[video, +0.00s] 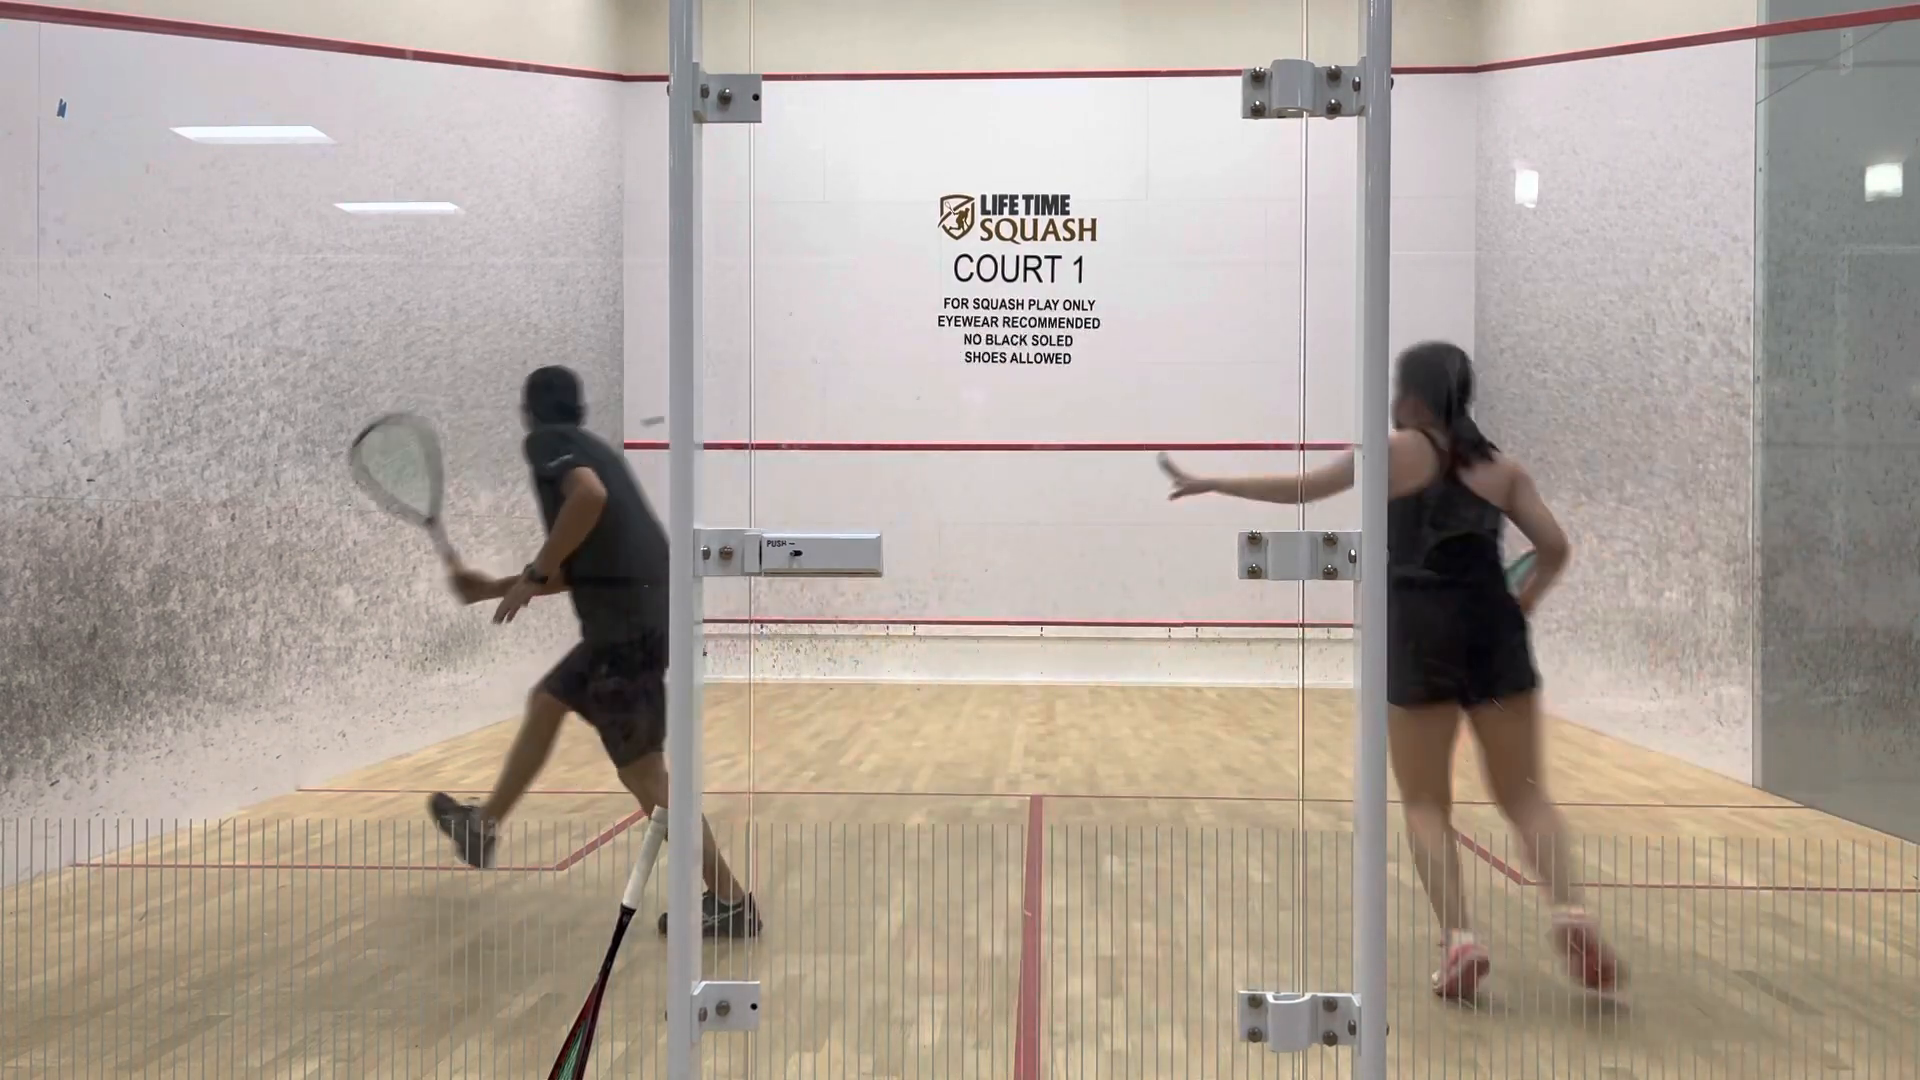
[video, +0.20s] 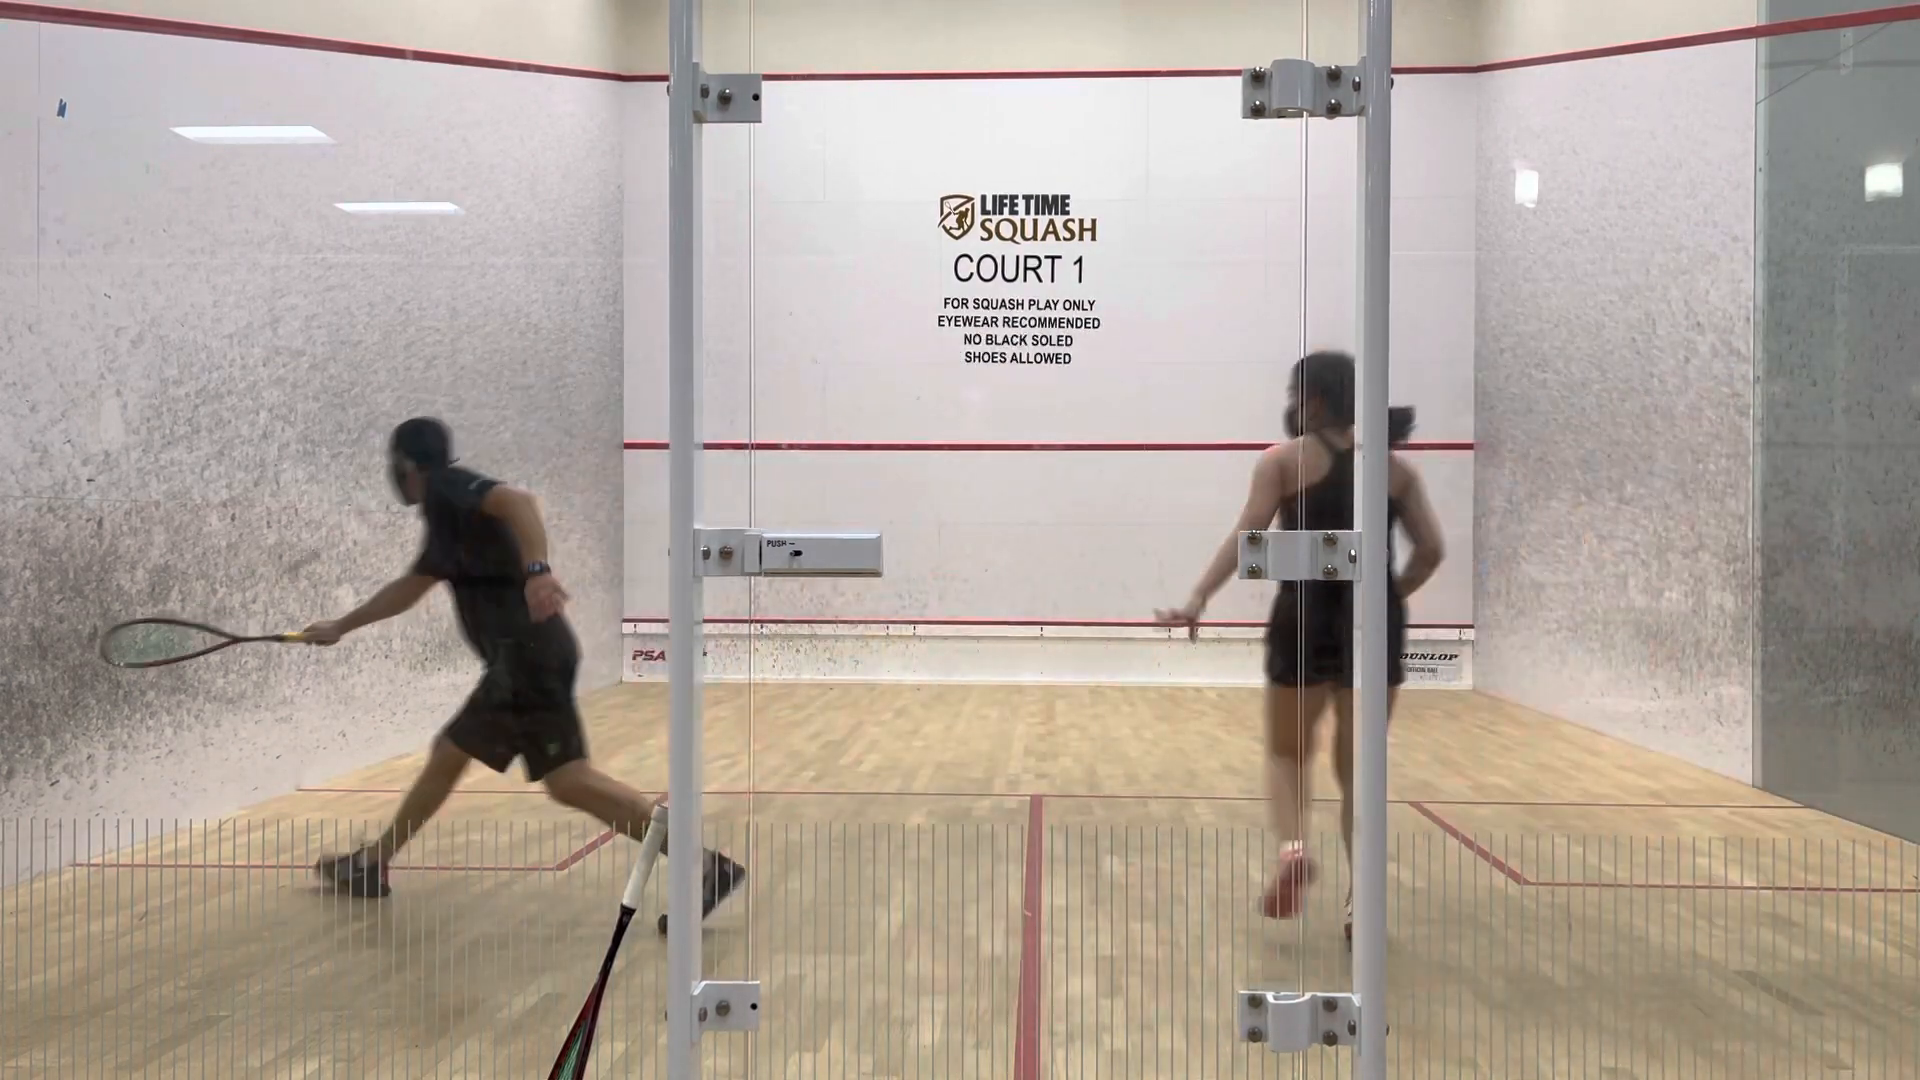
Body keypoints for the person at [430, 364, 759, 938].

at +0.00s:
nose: (526, 417)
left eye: (527, 408)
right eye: (537, 408)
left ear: (530, 409)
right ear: (577, 407)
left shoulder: (547, 440)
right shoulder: (595, 449)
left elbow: (589, 495)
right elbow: (581, 564)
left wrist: (537, 575)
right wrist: (496, 587)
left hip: (630, 632)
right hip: (648, 623)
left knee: (643, 774)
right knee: (548, 701)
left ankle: (728, 896)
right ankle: (485, 826)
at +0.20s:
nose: (394, 477)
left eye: (396, 467)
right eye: (393, 467)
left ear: (412, 466)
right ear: (430, 462)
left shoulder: (452, 487)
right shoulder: (445, 514)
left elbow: (520, 503)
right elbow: (409, 589)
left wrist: (537, 570)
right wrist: (341, 625)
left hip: (533, 655)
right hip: (516, 661)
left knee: (568, 781)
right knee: (450, 752)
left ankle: (704, 862)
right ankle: (374, 861)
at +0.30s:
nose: (335, 508)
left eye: (340, 498)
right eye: (333, 499)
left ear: (361, 494)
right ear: (365, 496)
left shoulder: (394, 509)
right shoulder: (389, 541)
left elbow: (464, 515)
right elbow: (363, 597)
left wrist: (525, 551)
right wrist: (333, 621)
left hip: (506, 658)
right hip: (486, 663)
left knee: (516, 793)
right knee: (415, 729)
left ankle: (650, 845)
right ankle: (366, 860)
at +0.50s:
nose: (295, 507)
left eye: (295, 500)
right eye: (295, 501)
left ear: (301, 500)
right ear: (341, 489)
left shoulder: (328, 515)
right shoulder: (355, 529)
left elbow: (387, 517)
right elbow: (387, 593)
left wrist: (446, 573)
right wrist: (365, 649)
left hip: (461, 631)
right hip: (477, 623)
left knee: (456, 766)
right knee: (408, 724)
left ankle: (583, 827)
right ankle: (368, 859)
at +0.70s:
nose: (310, 449)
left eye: (310, 441)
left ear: (315, 442)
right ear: (363, 442)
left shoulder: (324, 468)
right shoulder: (385, 474)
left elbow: (360, 511)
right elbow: (420, 542)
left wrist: (368, 601)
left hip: (431, 612)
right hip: (471, 605)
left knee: (410, 751)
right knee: (400, 743)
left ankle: (529, 827)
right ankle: (366, 857)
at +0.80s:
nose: (337, 421)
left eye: (335, 413)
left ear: (339, 413)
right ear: (388, 412)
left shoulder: (343, 448)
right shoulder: (425, 462)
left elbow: (367, 506)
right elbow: (454, 552)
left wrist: (355, 604)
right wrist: (476, 643)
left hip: (425, 616)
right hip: (471, 611)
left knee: (408, 752)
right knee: (400, 744)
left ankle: (505, 847)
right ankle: (366, 858)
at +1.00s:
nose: (398, 383)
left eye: (394, 375)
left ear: (392, 377)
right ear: (444, 378)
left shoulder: (388, 426)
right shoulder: (487, 441)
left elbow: (385, 514)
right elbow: (518, 528)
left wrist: (340, 600)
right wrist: (535, 612)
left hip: (428, 615)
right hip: (486, 614)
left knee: (455, 749)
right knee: (418, 737)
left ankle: (508, 883)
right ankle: (373, 857)